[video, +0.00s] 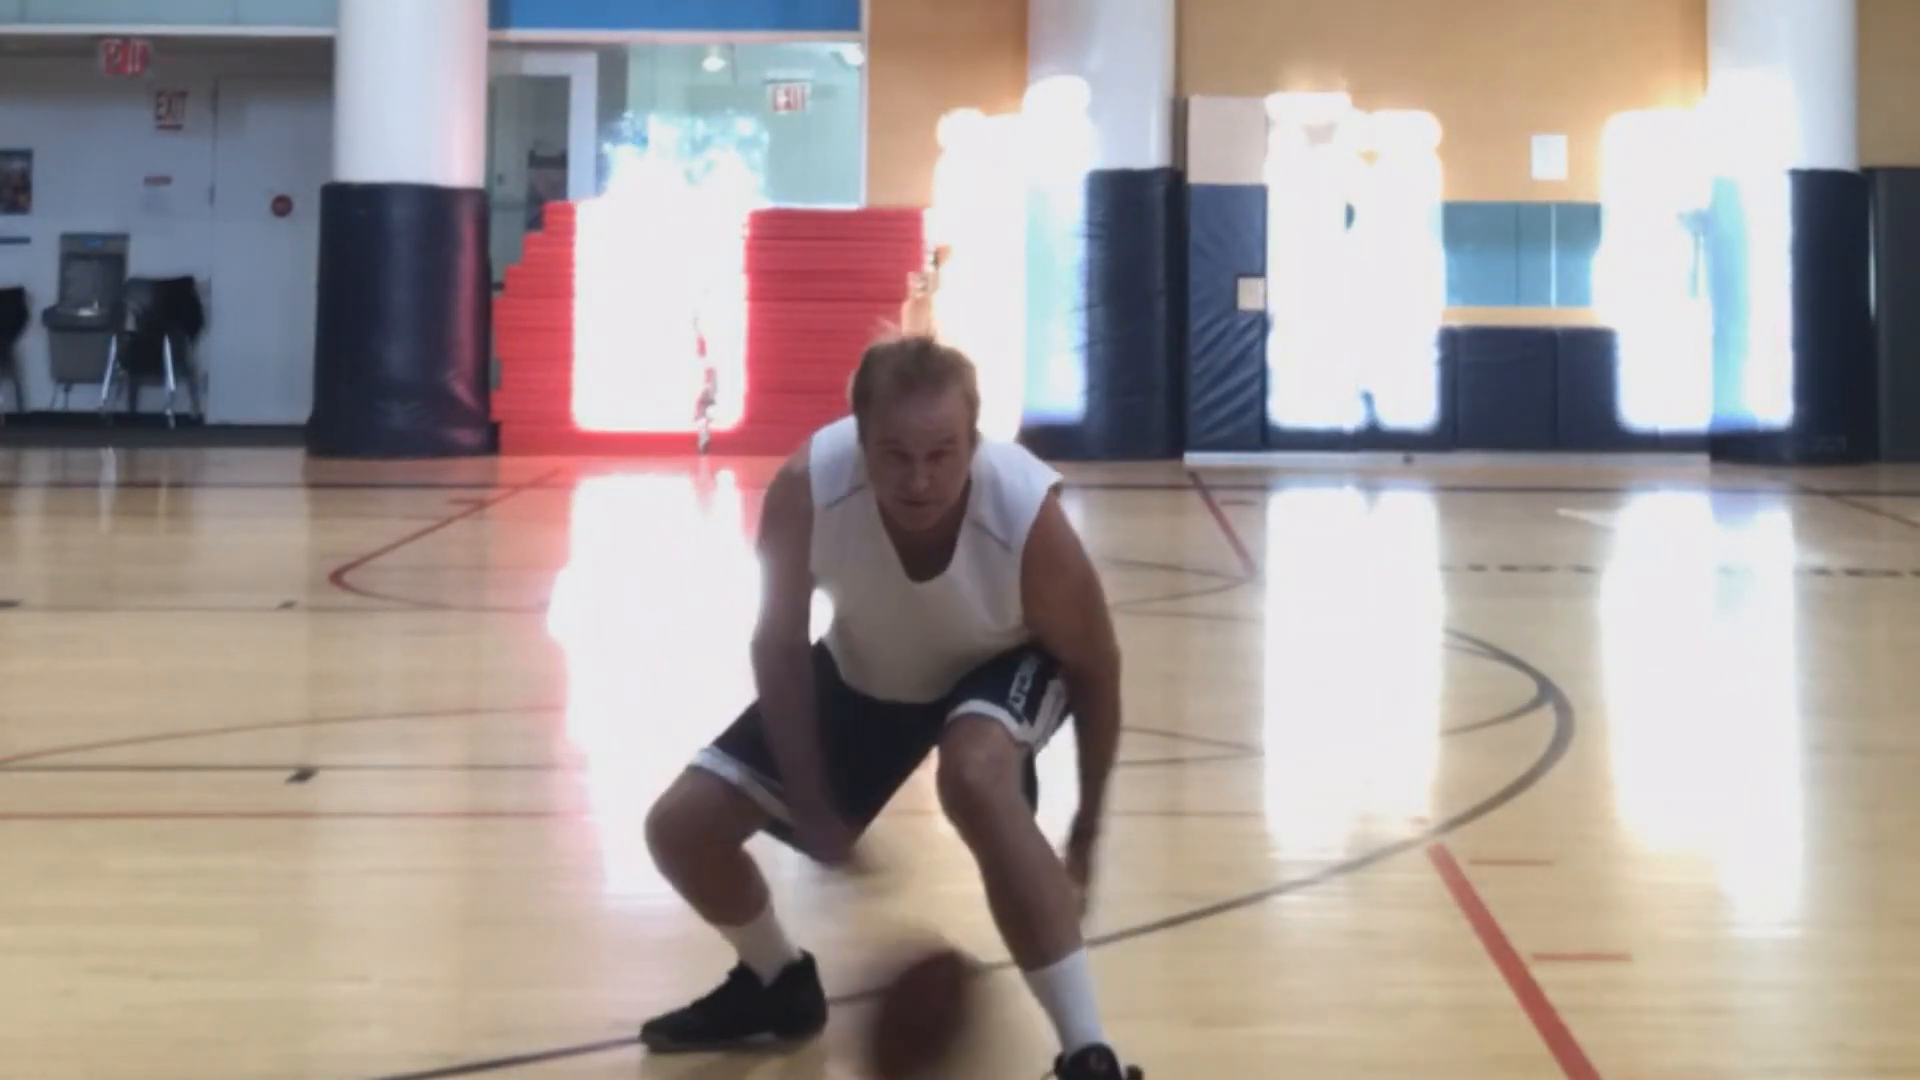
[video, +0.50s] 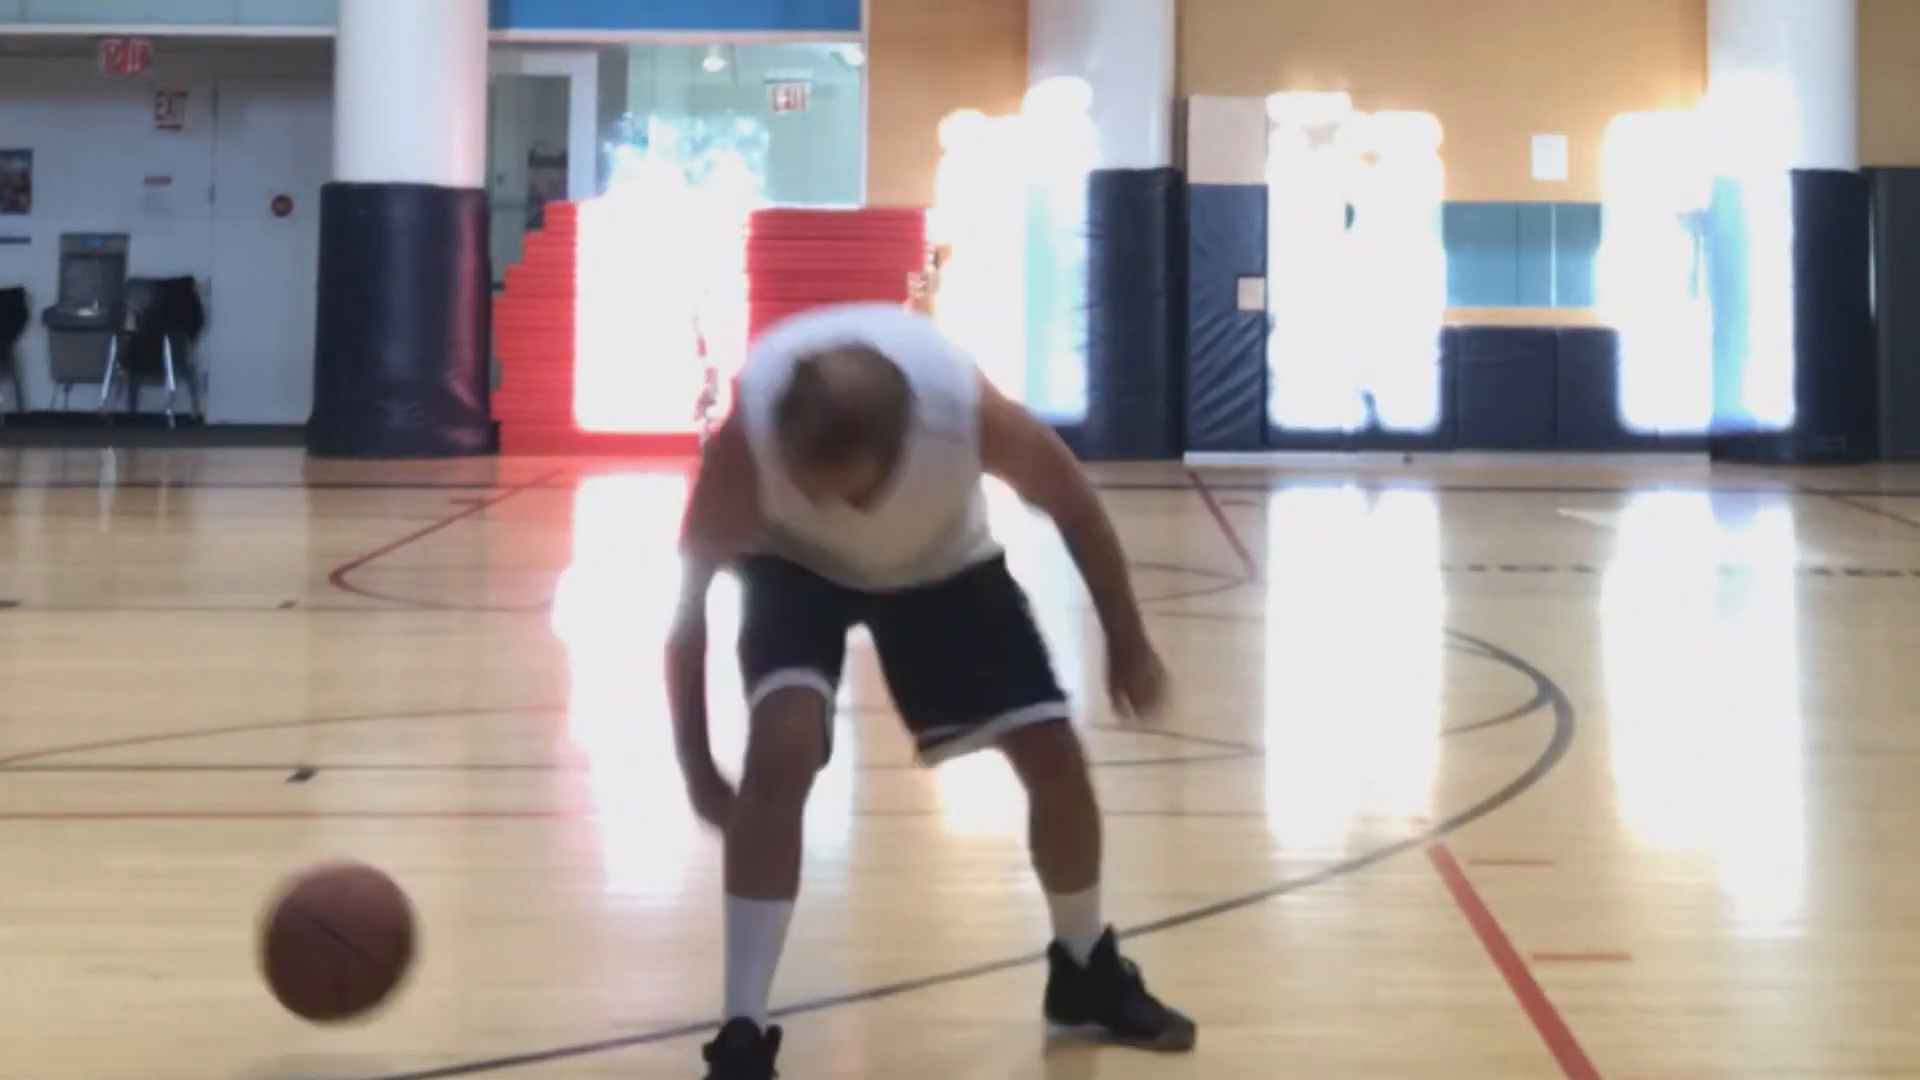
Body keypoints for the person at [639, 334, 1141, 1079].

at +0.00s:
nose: (919, 482)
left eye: (941, 457)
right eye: (895, 457)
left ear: (972, 438)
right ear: (861, 436)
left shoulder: (1023, 506)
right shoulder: (808, 487)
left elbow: (1097, 666)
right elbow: (778, 643)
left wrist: (1087, 829)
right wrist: (811, 804)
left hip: (1008, 654)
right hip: (870, 662)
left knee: (974, 776)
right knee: (682, 828)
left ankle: (1088, 1054)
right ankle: (777, 983)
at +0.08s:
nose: (1023, 379)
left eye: (1045, 355)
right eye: (1002, 355)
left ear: (1071, 336)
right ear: (958, 333)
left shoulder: (1107, 408)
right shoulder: (893, 391)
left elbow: (1147, 594)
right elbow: (876, 603)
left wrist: (1162, 738)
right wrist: (963, 615)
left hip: (1057, 604)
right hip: (925, 599)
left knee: (1031, 777)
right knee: (830, 779)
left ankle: (1095, 1051)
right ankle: (746, 964)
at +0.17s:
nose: (1002, 308)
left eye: (1023, 286)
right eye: (981, 284)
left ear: (1046, 271)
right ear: (934, 260)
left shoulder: (1071, 353)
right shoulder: (851, 317)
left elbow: (1136, 488)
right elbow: (730, 453)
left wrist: (1268, 588)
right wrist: (695, 617)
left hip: (983, 547)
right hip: (838, 543)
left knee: (1067, 762)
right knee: (840, 757)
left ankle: (1042, 981)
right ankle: (756, 1036)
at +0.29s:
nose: (968, 430)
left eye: (986, 413)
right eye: (948, 414)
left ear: (1003, 374)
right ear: (898, 371)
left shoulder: (1036, 413)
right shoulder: (819, 379)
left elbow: (1092, 592)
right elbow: (729, 514)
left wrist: (1125, 766)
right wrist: (711, 645)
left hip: (971, 556)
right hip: (823, 557)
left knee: (1095, 752)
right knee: (821, 750)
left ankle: (1060, 967)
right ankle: (742, 1027)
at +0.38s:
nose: (920, 431)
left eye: (936, 410)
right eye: (896, 417)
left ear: (970, 366)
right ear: (863, 388)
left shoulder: (1033, 388)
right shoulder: (819, 412)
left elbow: (1093, 527)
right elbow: (771, 593)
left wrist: (1132, 671)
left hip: (1013, 571)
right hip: (862, 575)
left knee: (1116, 756)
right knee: (847, 757)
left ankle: (1063, 973)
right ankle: (742, 1031)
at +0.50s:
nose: (840, 502)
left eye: (856, 486)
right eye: (821, 488)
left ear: (893, 437)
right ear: (787, 442)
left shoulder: (968, 412)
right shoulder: (739, 450)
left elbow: (1078, 506)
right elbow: (687, 614)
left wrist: (1128, 637)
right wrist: (699, 770)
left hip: (945, 555)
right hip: (794, 562)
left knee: (1055, 756)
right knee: (784, 746)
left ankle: (1084, 969)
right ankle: (742, 1036)